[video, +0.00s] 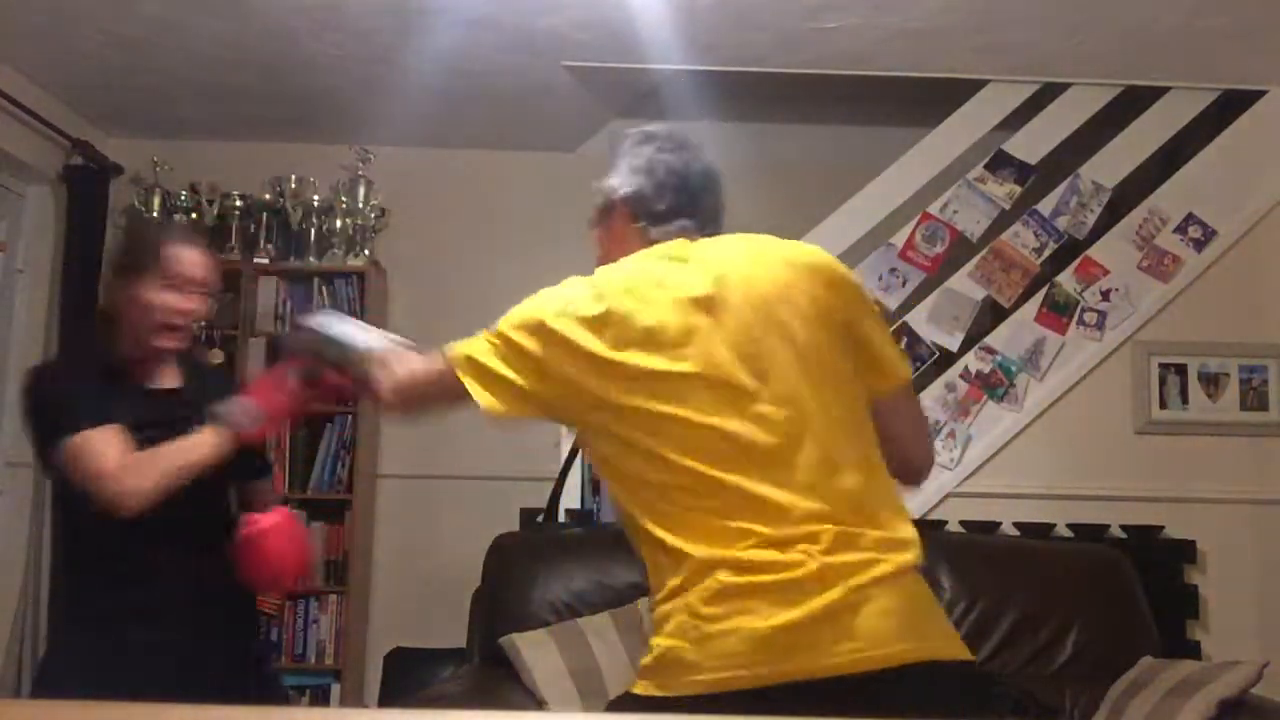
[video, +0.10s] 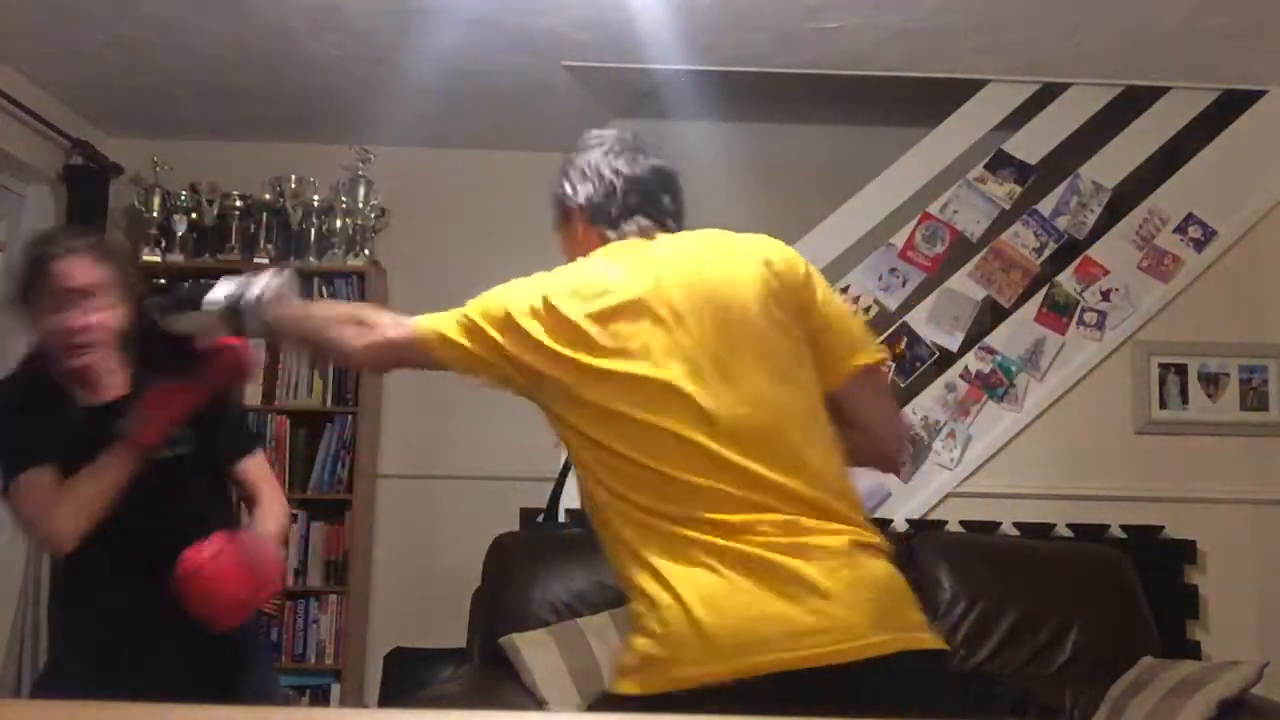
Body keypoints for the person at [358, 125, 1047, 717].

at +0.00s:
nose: (594, 250)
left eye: (597, 230)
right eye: (595, 231)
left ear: (620, 222)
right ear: (705, 214)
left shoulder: (581, 312)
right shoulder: (818, 271)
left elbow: (402, 383)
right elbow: (911, 454)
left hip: (718, 670)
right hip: (907, 656)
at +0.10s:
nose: (557, 242)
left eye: (558, 227)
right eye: (560, 229)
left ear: (578, 218)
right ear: (672, 209)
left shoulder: (554, 305)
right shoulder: (776, 267)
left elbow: (371, 341)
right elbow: (890, 443)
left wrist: (269, 301)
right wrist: (775, 411)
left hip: (702, 663)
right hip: (876, 643)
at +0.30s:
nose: (507, 230)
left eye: (507, 213)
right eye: (507, 216)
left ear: (529, 200)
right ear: (624, 195)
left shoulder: (503, 295)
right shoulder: (727, 254)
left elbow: (303, 371)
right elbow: (819, 435)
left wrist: (138, 337)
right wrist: (712, 455)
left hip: (662, 656)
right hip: (837, 634)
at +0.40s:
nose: (485, 246)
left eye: (484, 231)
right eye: (487, 234)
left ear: (508, 218)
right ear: (608, 211)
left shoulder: (484, 309)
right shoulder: (713, 268)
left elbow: (294, 378)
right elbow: (801, 448)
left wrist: (151, 361)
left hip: (659, 667)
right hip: (829, 640)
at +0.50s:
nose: (507, 231)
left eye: (506, 207)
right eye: (504, 210)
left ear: (531, 193)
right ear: (614, 189)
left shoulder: (504, 286)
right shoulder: (726, 255)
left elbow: (322, 413)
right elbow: (799, 443)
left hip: (655, 654)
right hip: (831, 632)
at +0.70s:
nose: (575, 240)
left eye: (576, 220)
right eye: (575, 222)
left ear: (610, 208)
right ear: (690, 212)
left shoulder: (575, 302)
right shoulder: (801, 300)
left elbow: (367, 331)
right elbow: (823, 454)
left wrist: (234, 303)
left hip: (700, 688)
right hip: (863, 674)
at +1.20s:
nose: (822, 208)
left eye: (828, 180)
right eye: (819, 188)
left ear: (878, 164)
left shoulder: (878, 252)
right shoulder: (1044, 249)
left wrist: (730, 389)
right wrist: (887, 450)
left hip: (976, 654)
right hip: (1134, 650)